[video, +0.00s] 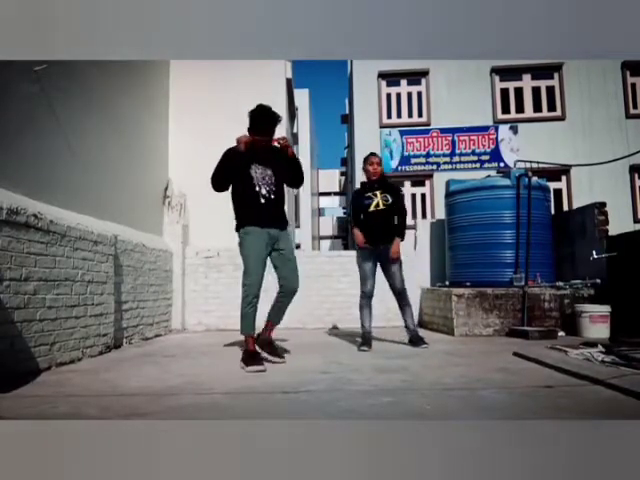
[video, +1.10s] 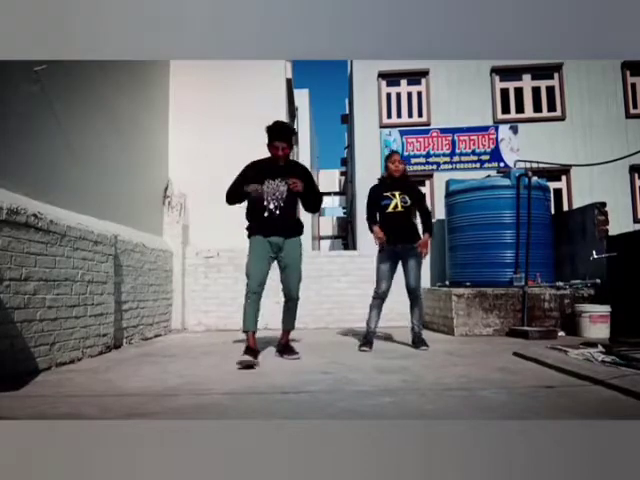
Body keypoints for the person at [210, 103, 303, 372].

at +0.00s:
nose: (267, 138)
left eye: (270, 134)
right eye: (265, 133)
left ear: (273, 132)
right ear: (256, 130)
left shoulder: (278, 154)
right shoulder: (235, 154)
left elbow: (296, 182)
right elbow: (218, 184)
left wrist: (290, 154)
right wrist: (239, 151)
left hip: (280, 230)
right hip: (253, 229)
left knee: (290, 286)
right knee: (252, 288)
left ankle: (266, 336)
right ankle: (249, 347)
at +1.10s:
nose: (280, 153)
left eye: (285, 148)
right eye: (276, 148)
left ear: (291, 147)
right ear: (269, 146)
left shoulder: (299, 171)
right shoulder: (255, 169)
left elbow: (314, 206)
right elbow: (230, 198)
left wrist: (303, 191)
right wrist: (248, 189)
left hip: (290, 238)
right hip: (261, 238)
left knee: (292, 292)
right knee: (254, 288)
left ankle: (284, 342)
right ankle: (251, 345)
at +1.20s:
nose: (285, 151)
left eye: (289, 146)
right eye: (281, 146)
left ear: (295, 146)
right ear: (273, 145)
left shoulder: (302, 174)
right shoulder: (257, 169)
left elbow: (314, 204)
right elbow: (237, 199)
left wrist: (305, 217)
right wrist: (245, 213)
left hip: (288, 239)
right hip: (259, 237)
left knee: (290, 290)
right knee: (249, 284)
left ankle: (285, 341)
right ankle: (248, 342)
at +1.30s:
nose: (287, 148)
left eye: (291, 144)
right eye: (282, 143)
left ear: (296, 145)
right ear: (275, 143)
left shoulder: (302, 174)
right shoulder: (258, 168)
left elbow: (311, 206)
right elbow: (237, 201)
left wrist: (307, 231)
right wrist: (237, 224)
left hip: (288, 237)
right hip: (258, 235)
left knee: (289, 288)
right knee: (245, 283)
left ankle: (284, 340)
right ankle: (246, 335)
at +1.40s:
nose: (288, 147)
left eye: (291, 142)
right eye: (283, 142)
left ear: (296, 144)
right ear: (275, 142)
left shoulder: (301, 175)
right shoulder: (256, 167)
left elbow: (310, 207)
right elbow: (237, 200)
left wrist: (308, 236)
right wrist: (234, 225)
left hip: (286, 237)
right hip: (256, 235)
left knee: (287, 288)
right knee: (242, 284)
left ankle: (284, 339)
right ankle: (247, 328)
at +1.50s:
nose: (285, 148)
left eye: (289, 143)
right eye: (280, 143)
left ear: (295, 145)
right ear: (273, 142)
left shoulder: (298, 176)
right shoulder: (254, 169)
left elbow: (308, 208)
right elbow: (232, 202)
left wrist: (307, 235)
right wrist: (233, 226)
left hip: (284, 237)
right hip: (254, 235)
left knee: (285, 287)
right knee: (239, 284)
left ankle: (284, 340)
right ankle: (248, 325)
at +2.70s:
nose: (277, 141)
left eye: (281, 137)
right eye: (273, 136)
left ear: (286, 142)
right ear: (265, 138)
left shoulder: (286, 175)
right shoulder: (246, 167)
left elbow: (289, 206)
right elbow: (221, 201)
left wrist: (292, 224)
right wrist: (232, 229)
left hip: (281, 237)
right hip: (253, 238)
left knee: (290, 285)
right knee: (251, 289)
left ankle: (295, 342)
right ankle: (251, 336)